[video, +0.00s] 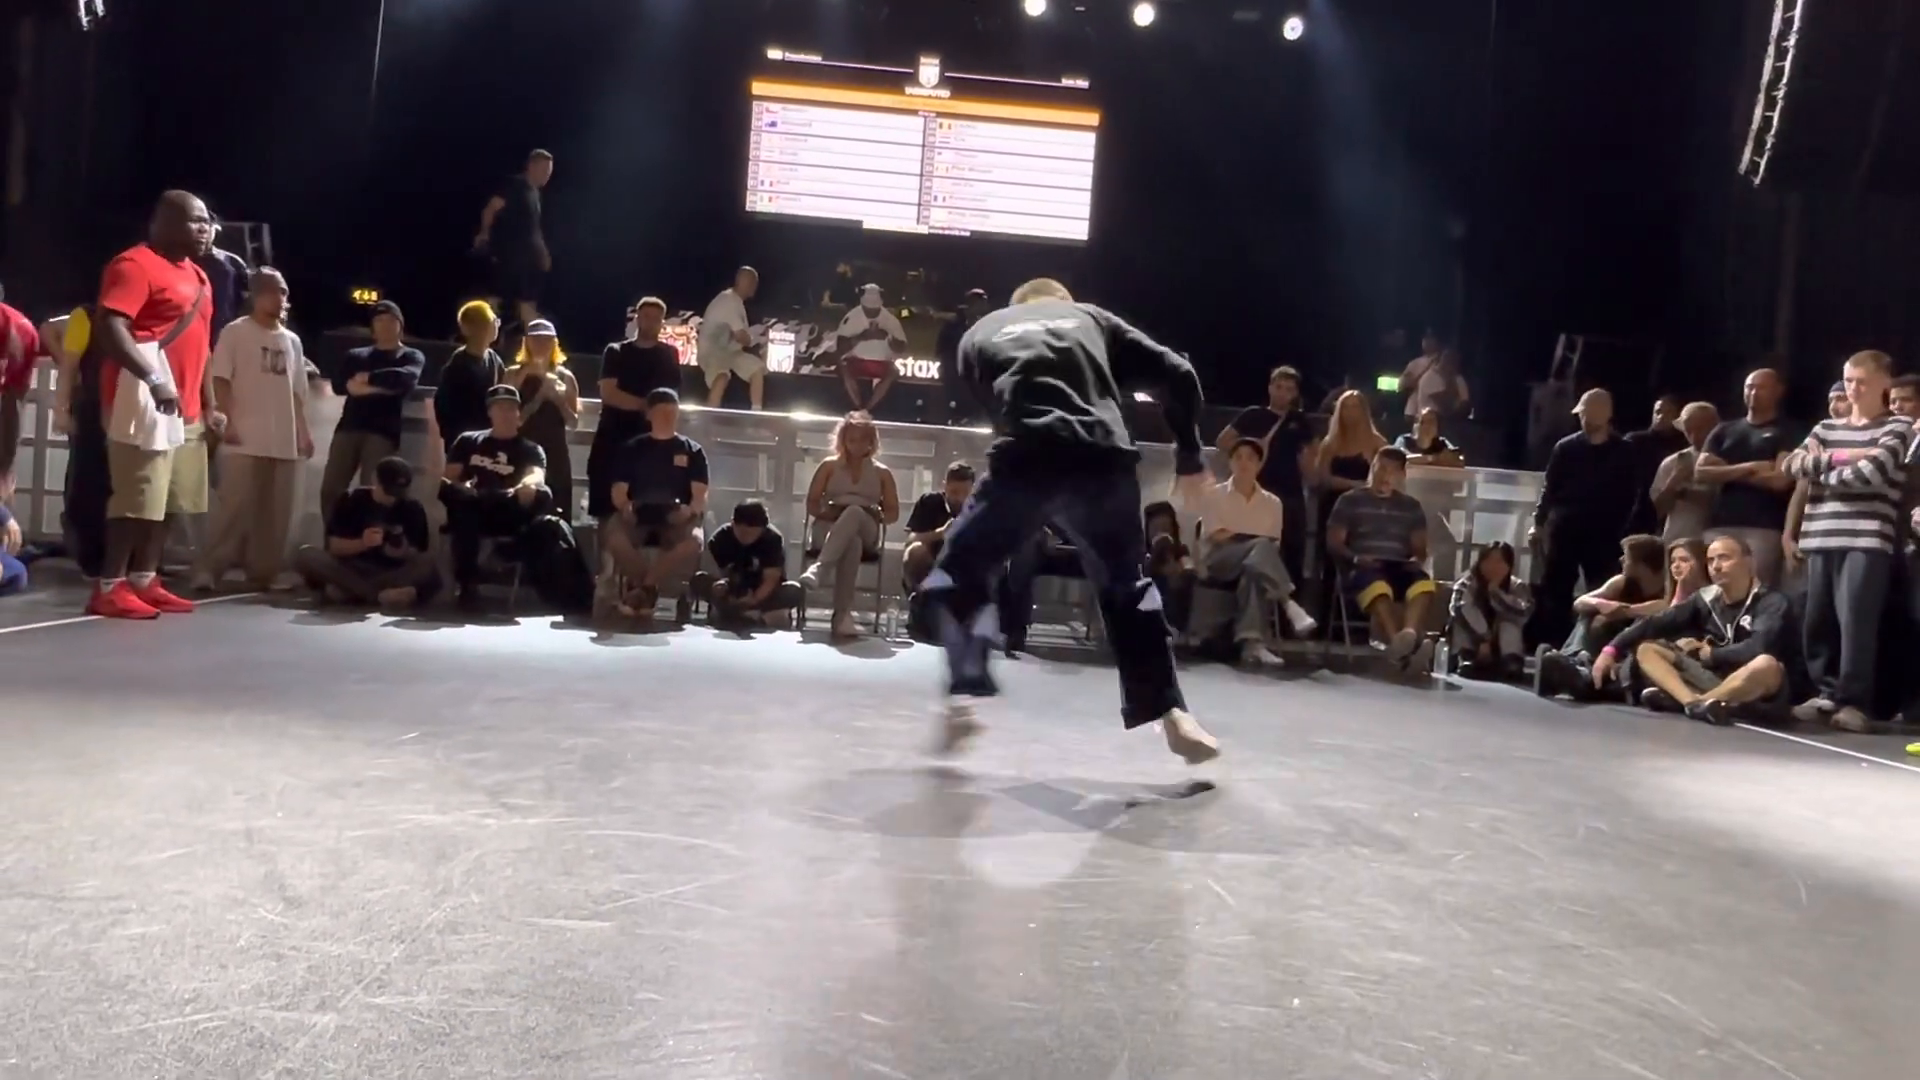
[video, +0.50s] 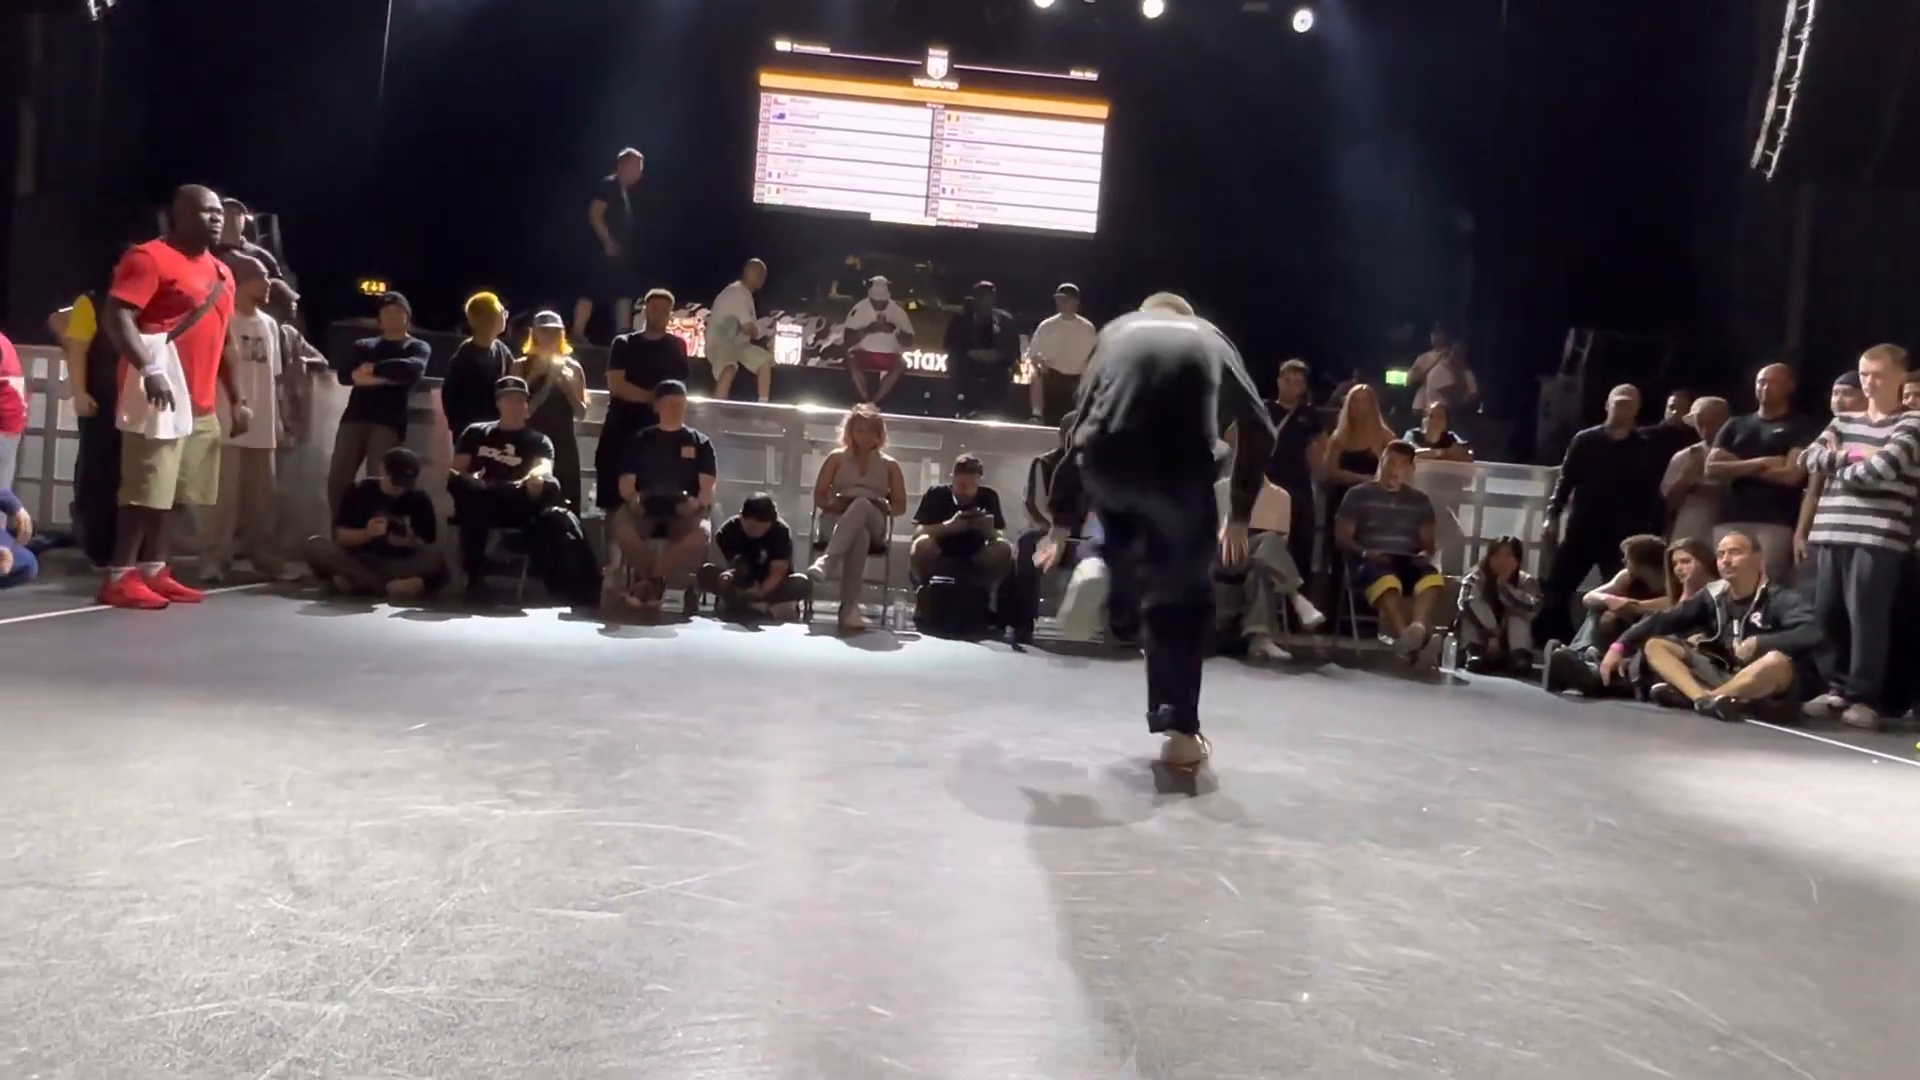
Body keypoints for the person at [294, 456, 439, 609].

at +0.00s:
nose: (392, 500)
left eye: (397, 495)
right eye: (388, 494)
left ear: (405, 489)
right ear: (376, 484)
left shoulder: (412, 509)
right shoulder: (352, 500)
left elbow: (421, 553)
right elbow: (334, 547)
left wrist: (403, 552)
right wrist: (363, 544)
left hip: (394, 572)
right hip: (353, 568)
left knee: (427, 566)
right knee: (307, 556)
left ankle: (354, 594)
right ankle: (377, 595)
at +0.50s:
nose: (399, 490)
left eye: (405, 486)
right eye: (395, 484)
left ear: (413, 480)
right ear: (383, 472)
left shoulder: (419, 499)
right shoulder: (359, 491)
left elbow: (428, 542)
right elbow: (341, 537)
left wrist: (406, 541)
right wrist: (368, 534)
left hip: (400, 561)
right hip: (360, 558)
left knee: (434, 558)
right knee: (315, 546)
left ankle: (361, 585)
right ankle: (384, 587)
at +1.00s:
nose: (403, 487)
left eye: (409, 483)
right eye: (400, 480)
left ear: (418, 476)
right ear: (389, 467)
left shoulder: (425, 494)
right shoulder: (364, 486)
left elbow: (432, 535)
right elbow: (347, 531)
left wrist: (407, 535)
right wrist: (378, 528)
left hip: (406, 555)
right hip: (365, 551)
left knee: (441, 556)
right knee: (321, 541)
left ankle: (368, 580)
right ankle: (390, 580)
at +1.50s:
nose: (407, 484)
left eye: (414, 480)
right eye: (405, 477)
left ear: (423, 474)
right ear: (395, 464)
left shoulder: (429, 489)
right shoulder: (369, 480)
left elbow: (437, 531)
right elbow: (351, 525)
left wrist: (415, 531)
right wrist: (380, 523)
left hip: (410, 550)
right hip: (369, 547)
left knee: (444, 550)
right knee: (323, 535)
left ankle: (370, 573)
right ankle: (394, 574)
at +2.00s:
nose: (408, 482)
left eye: (415, 479)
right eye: (405, 476)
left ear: (425, 472)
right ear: (395, 462)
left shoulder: (430, 489)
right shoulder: (369, 479)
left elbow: (438, 530)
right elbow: (351, 524)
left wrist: (419, 531)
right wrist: (380, 522)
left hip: (411, 549)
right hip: (370, 546)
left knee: (445, 548)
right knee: (326, 534)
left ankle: (373, 573)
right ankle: (394, 574)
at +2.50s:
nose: (408, 483)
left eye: (415, 480)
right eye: (405, 477)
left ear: (424, 473)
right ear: (396, 462)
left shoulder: (431, 489)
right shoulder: (370, 479)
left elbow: (438, 532)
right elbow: (353, 524)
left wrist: (419, 530)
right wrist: (381, 522)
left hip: (411, 549)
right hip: (369, 545)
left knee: (446, 550)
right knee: (324, 534)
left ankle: (372, 573)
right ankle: (393, 575)